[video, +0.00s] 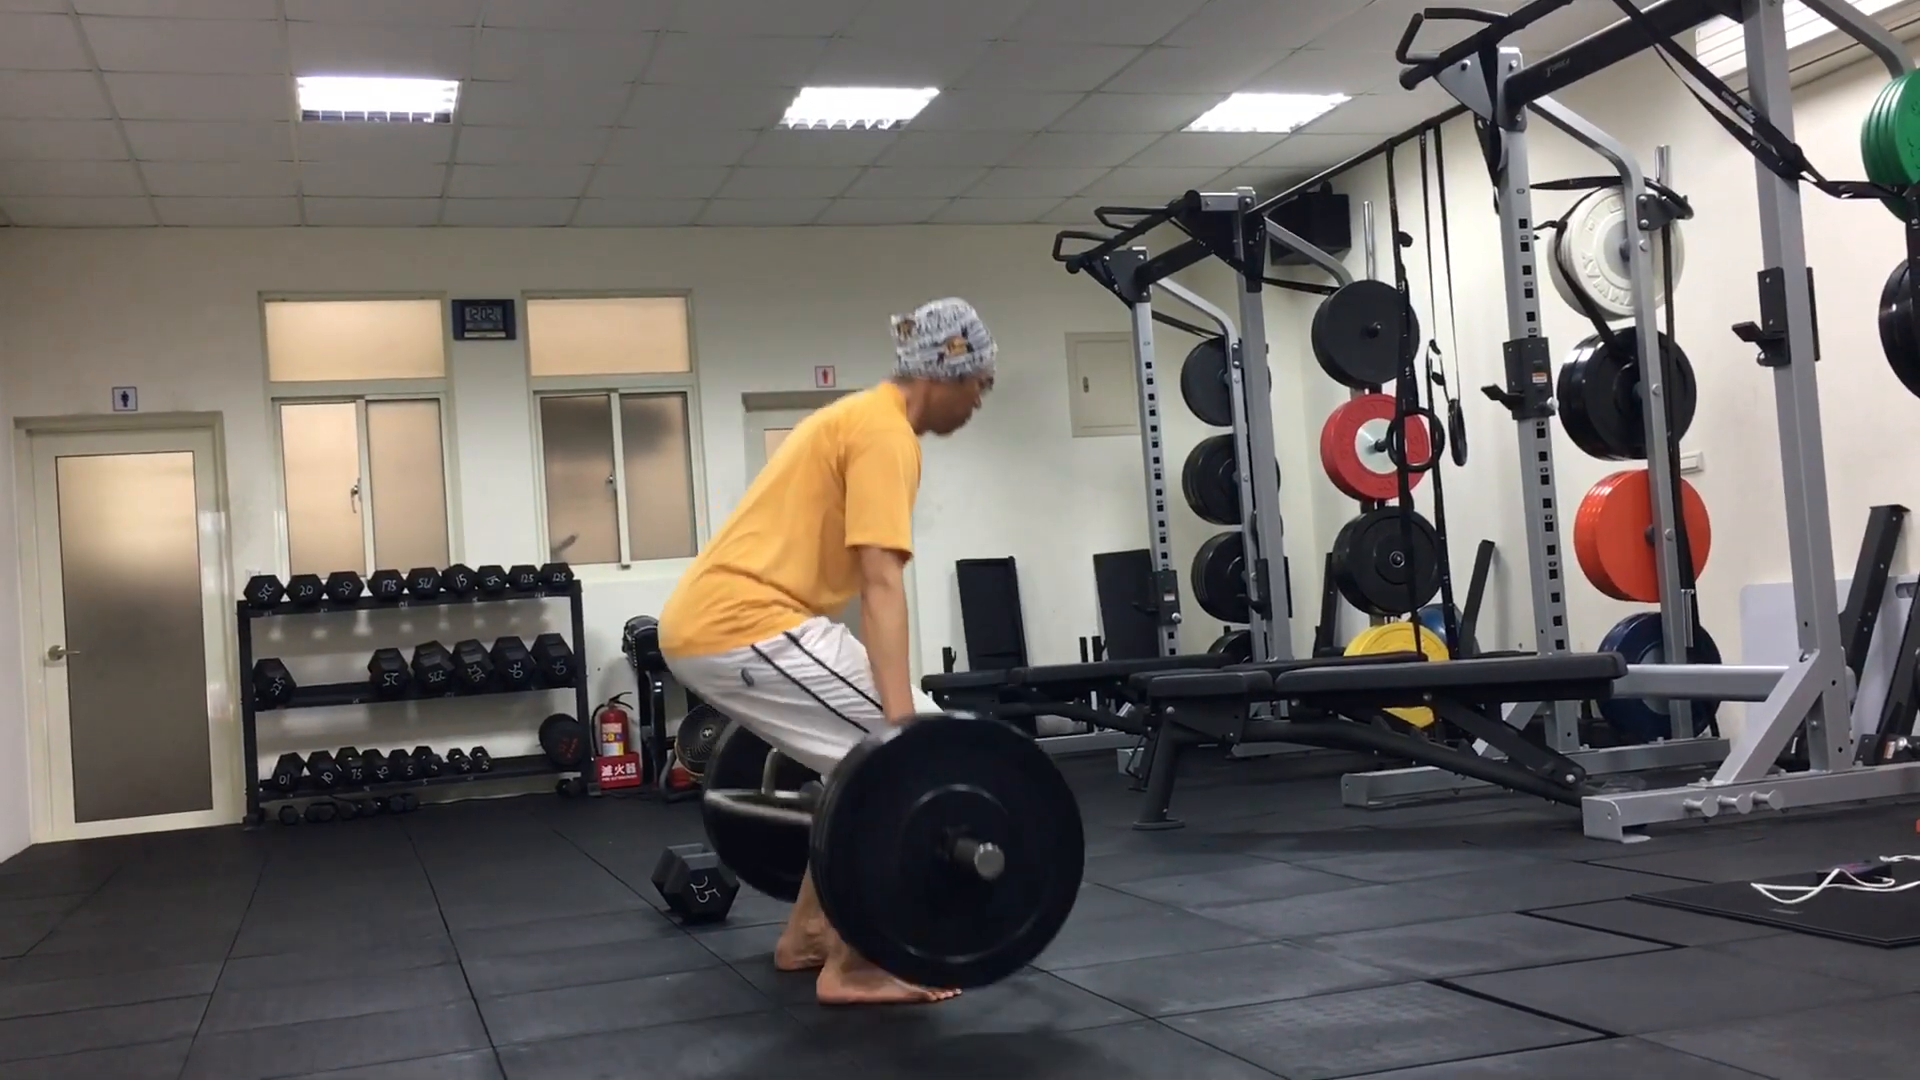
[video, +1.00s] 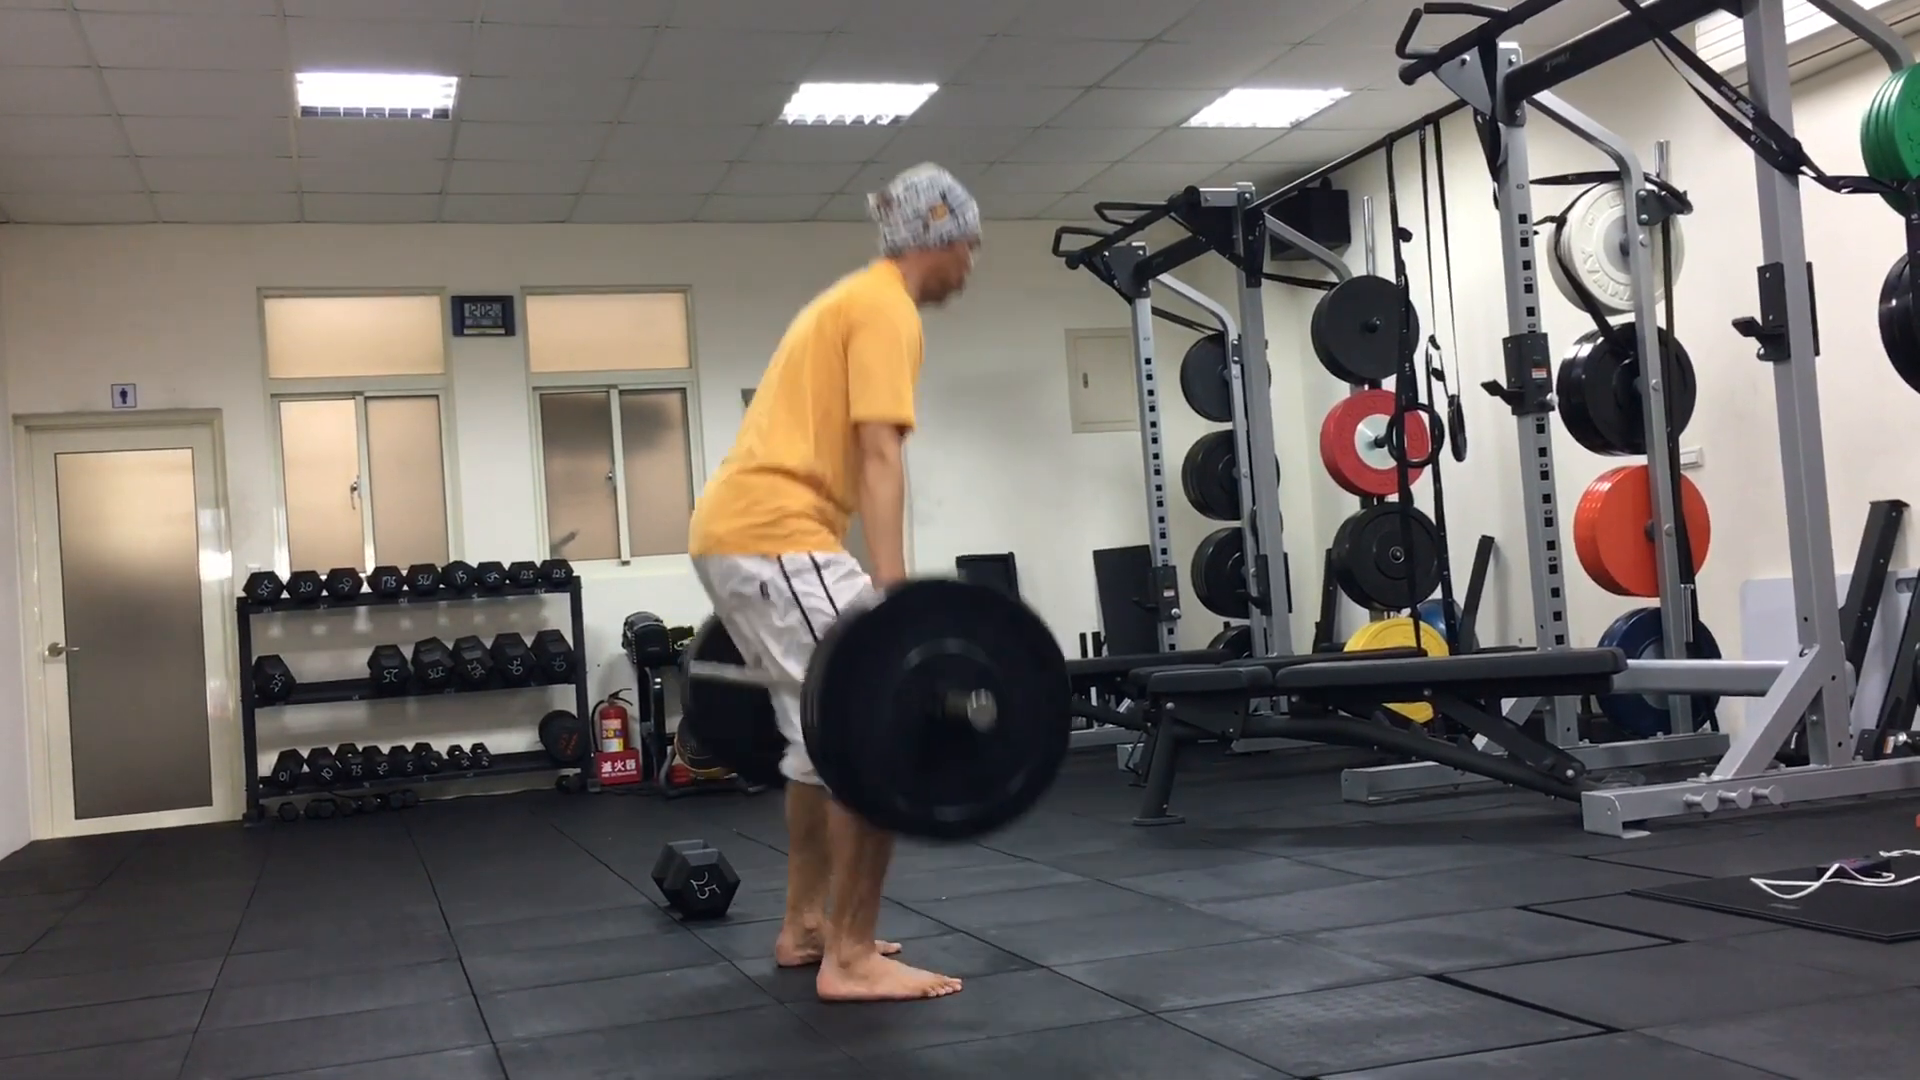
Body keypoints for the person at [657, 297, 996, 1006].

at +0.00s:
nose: (978, 404)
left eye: (983, 389)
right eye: (978, 386)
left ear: (920, 370)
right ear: (945, 373)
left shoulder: (858, 419)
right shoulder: (883, 429)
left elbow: (868, 581)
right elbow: (880, 582)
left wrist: (891, 705)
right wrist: (900, 720)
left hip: (711, 618)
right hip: (740, 620)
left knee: (876, 739)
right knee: (890, 745)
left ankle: (808, 931)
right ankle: (856, 964)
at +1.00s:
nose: (970, 269)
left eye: (972, 252)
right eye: (969, 250)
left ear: (906, 235)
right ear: (941, 240)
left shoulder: (846, 301)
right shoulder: (882, 306)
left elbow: (837, 457)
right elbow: (878, 455)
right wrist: (896, 598)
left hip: (735, 532)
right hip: (779, 533)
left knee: (818, 724)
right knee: (873, 718)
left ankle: (806, 922)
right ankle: (852, 954)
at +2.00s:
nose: (982, 369)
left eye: (988, 354)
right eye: (982, 350)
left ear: (924, 332)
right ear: (947, 333)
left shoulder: (858, 381)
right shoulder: (888, 388)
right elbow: (894, 545)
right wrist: (916, 688)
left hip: (724, 593)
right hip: (760, 592)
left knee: (867, 742)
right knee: (904, 738)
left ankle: (814, 935)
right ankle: (860, 965)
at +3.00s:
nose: (969, 258)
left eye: (975, 243)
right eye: (971, 239)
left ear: (913, 222)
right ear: (938, 223)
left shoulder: (850, 282)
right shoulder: (887, 281)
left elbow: (809, 432)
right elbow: (882, 420)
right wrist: (900, 558)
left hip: (758, 527)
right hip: (805, 526)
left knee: (817, 730)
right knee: (866, 726)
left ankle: (814, 922)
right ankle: (859, 951)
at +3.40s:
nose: (927, 201)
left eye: (929, 186)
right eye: (925, 183)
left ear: (860, 171)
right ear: (893, 171)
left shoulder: (807, 248)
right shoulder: (849, 244)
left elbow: (804, 405)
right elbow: (863, 384)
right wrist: (896, 519)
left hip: (794, 521)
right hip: (842, 520)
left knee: (798, 731)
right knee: (843, 734)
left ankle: (809, 923)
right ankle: (857, 951)